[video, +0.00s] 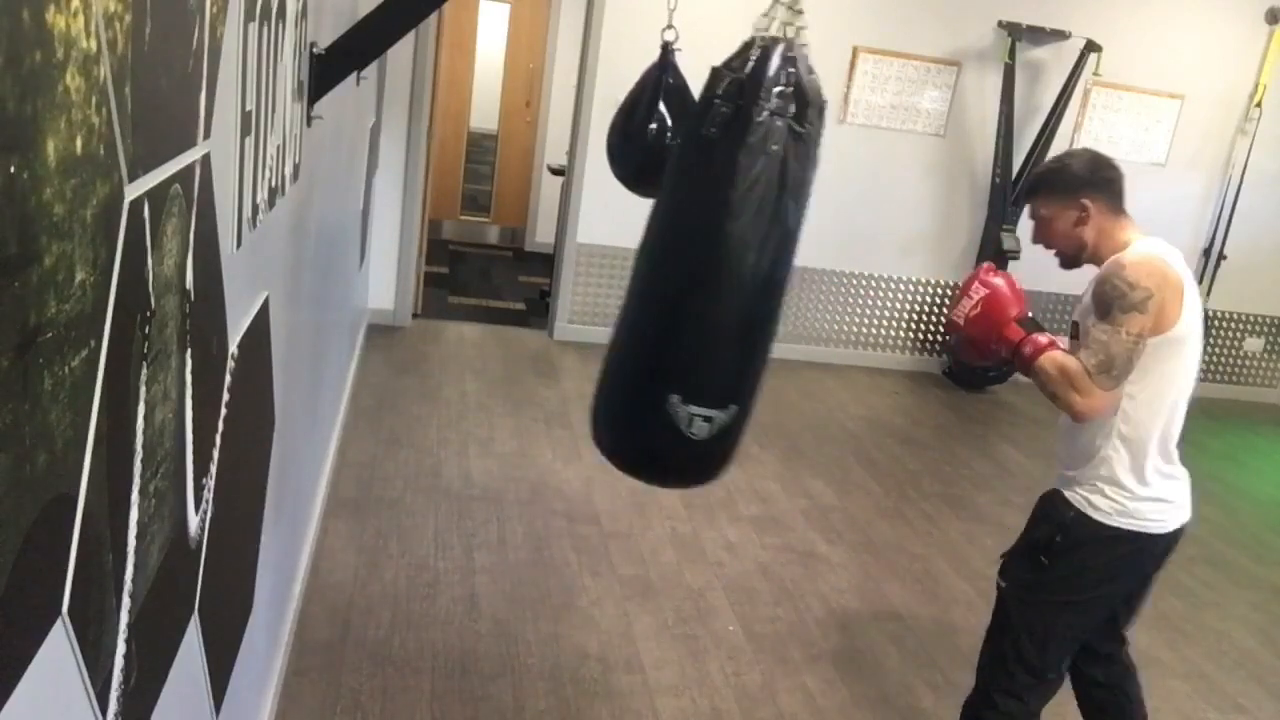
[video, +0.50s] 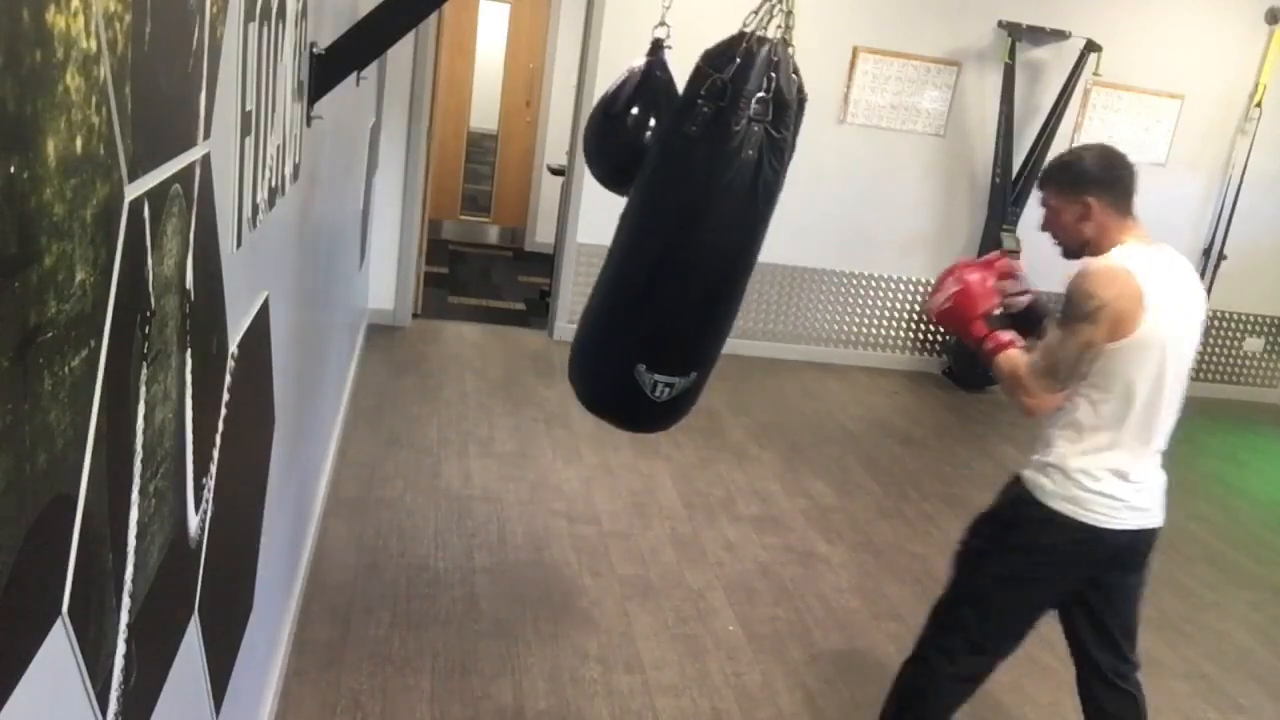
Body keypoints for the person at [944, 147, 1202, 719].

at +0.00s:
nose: (1036, 236)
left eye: (1041, 221)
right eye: (1034, 222)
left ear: (1083, 213)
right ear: (1088, 213)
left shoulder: (1132, 275)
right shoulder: (1158, 265)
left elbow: (1087, 397)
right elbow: (1091, 376)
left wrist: (1011, 336)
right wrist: (1021, 337)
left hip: (1100, 515)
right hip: (1149, 512)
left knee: (1014, 673)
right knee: (1097, 649)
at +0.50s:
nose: (1043, 224)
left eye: (1050, 210)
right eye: (1043, 210)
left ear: (1089, 209)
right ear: (1108, 206)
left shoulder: (1102, 280)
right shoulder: (1181, 277)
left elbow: (1035, 392)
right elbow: (1116, 370)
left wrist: (978, 329)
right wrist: (1035, 315)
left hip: (1057, 508)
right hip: (1132, 516)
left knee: (950, 657)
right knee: (1112, 680)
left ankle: (904, 712)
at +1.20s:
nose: (999, 221)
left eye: (1003, 208)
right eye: (998, 209)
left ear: (1030, 203)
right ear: (1073, 200)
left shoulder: (1030, 249)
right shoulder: (1137, 268)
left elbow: (949, 294)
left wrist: (860, 282)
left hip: (999, 487)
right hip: (1086, 504)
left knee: (914, 618)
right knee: (1070, 645)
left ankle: (886, 709)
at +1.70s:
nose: (1025, 215)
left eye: (1025, 203)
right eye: (1024, 203)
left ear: (1040, 208)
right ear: (1105, 199)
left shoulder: (1010, 282)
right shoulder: (1166, 278)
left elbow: (921, 376)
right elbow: (1156, 343)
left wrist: (835, 354)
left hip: (1003, 501)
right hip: (1100, 517)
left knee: (941, 634)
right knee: (1101, 662)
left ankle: (911, 714)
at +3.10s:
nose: (1078, 193)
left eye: (1081, 179)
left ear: (1093, 182)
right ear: (1188, 203)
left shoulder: (1014, 270)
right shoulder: (1247, 328)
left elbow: (902, 423)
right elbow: (1231, 509)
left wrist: (981, 376)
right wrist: (1153, 440)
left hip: (942, 606)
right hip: (1077, 655)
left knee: (878, 709)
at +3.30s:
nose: (1073, 239)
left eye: (1075, 224)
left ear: (1086, 229)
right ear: (1189, 250)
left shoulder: (998, 321)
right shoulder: (1238, 394)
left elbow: (887, 473)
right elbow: (1212, 580)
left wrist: (961, 437)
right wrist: (1135, 507)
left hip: (930, 666)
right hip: (1077, 701)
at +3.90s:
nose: (886, 229)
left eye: (887, 215)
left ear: (896, 219)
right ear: (985, 220)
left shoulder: (850, 302)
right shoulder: (1055, 330)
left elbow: (784, 449)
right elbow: (1045, 483)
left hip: (822, 612)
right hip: (949, 640)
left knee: (765, 712)